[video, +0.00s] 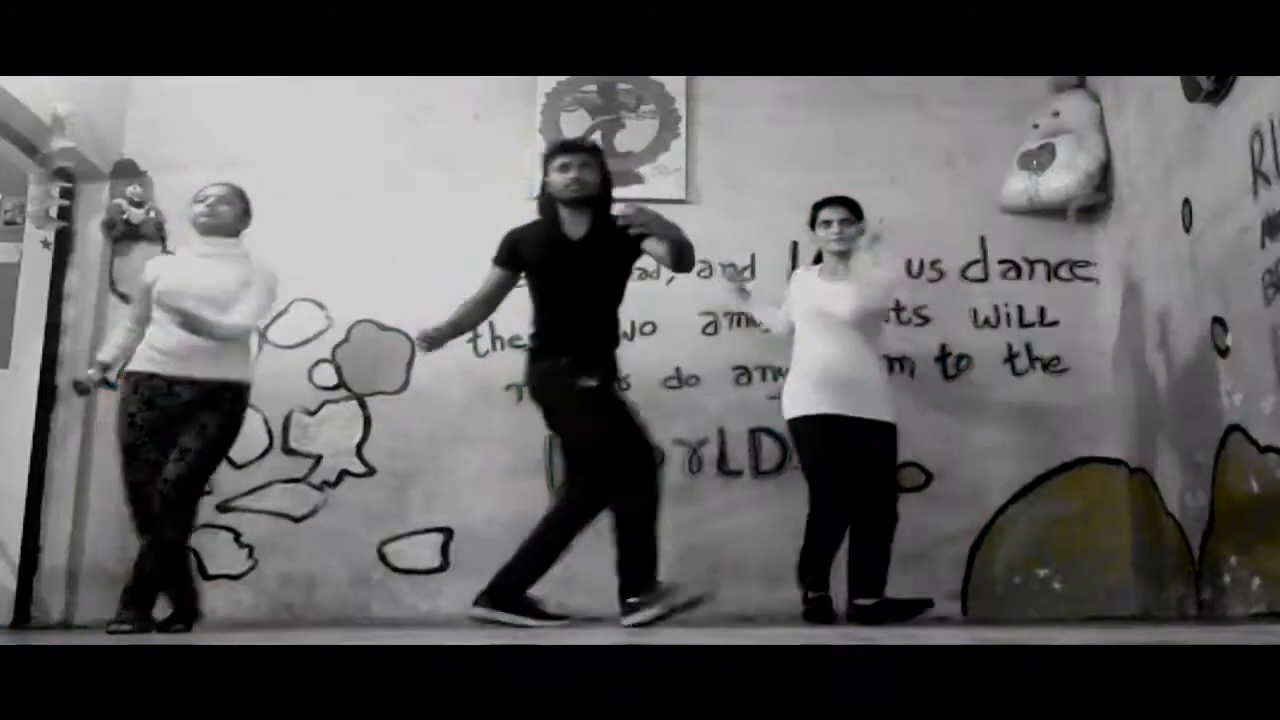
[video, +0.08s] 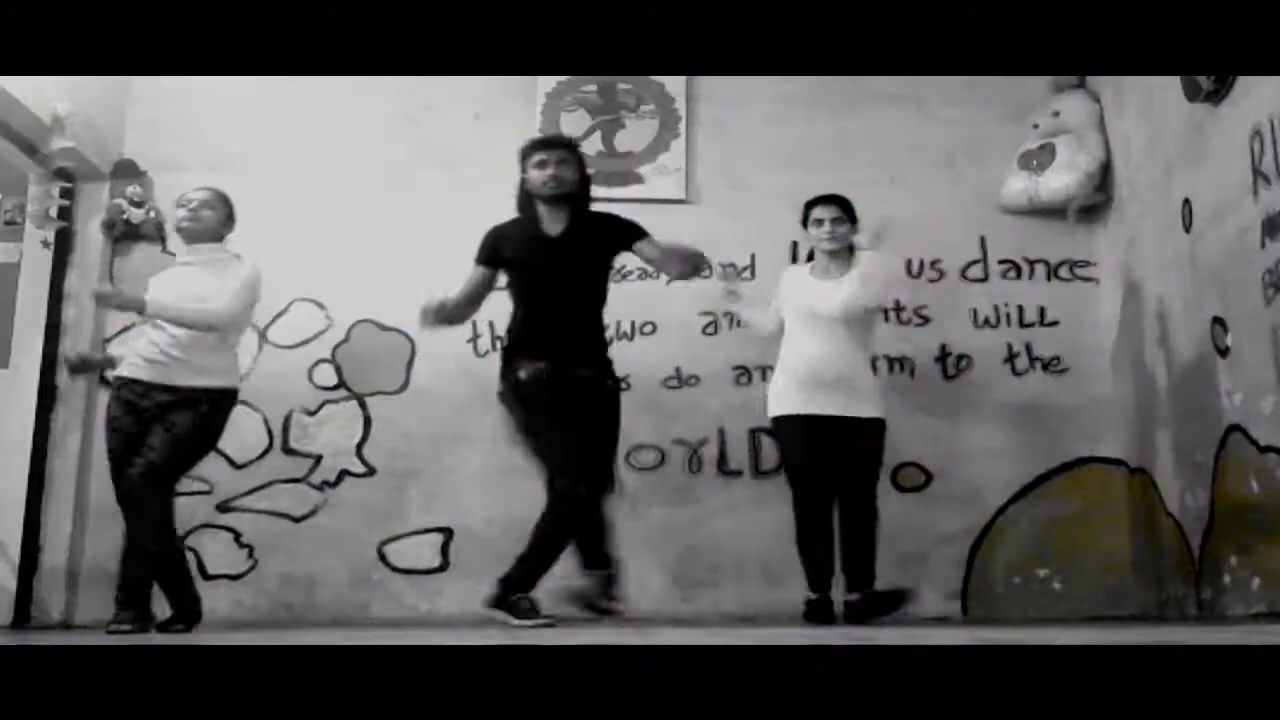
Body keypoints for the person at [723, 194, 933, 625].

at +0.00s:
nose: (836, 230)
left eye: (845, 223)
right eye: (827, 224)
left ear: (861, 229)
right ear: (814, 233)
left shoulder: (877, 272)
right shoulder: (801, 280)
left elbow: (855, 308)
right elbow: (782, 326)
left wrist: (865, 254)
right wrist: (745, 300)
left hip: (868, 403)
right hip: (813, 402)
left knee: (877, 505)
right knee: (830, 500)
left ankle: (866, 597)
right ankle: (815, 592)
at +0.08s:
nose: (828, 229)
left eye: (837, 222)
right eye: (819, 223)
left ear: (853, 228)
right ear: (806, 232)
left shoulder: (870, 270)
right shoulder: (792, 278)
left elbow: (848, 304)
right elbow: (771, 325)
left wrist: (860, 253)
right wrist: (737, 301)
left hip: (856, 406)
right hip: (798, 406)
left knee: (858, 504)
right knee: (810, 505)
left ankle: (859, 595)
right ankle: (818, 596)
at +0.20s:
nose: (816, 229)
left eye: (825, 222)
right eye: (806, 223)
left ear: (841, 229)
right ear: (794, 232)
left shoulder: (863, 277)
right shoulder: (777, 278)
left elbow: (928, 305)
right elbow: (724, 308)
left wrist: (935, 275)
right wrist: (712, 276)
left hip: (842, 401)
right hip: (786, 404)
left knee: (821, 500)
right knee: (803, 503)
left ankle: (830, 591)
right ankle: (836, 590)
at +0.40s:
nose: (793, 232)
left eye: (802, 225)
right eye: (784, 226)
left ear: (818, 232)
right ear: (772, 235)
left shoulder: (842, 281)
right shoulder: (759, 281)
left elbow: (894, 317)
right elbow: (708, 323)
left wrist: (933, 305)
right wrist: (716, 285)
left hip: (820, 399)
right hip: (773, 402)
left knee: (793, 496)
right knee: (788, 500)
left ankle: (795, 598)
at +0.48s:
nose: (786, 234)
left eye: (795, 226)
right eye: (776, 228)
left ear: (811, 233)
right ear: (766, 237)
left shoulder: (837, 282)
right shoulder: (749, 283)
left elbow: (889, 326)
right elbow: (695, 323)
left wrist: (899, 308)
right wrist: (668, 296)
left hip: (821, 406)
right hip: (760, 407)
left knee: (812, 504)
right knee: (760, 499)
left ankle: (812, 604)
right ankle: (823, 583)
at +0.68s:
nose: (746, 257)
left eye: (753, 251)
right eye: (739, 252)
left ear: (768, 258)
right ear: (729, 261)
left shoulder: (782, 296)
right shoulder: (718, 300)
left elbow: (784, 320)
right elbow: (702, 343)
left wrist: (785, 280)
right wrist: (665, 328)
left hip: (771, 403)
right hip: (722, 404)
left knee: (777, 483)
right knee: (739, 486)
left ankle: (785, 559)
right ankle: (752, 562)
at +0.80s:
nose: (734, 253)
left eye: (742, 247)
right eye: (726, 249)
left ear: (756, 254)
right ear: (717, 256)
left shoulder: (775, 293)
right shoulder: (708, 297)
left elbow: (827, 321)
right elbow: (665, 332)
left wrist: (827, 289)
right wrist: (635, 312)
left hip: (763, 397)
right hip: (717, 399)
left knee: (745, 479)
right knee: (727, 482)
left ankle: (743, 556)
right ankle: (753, 558)